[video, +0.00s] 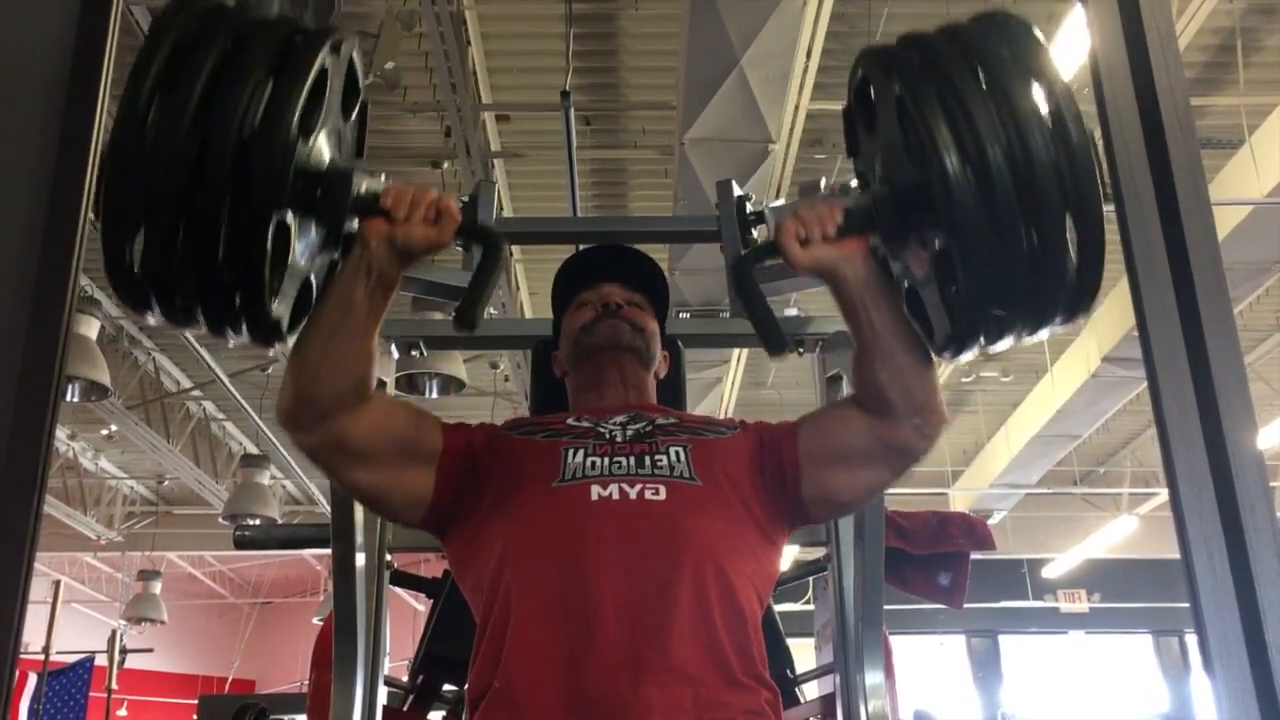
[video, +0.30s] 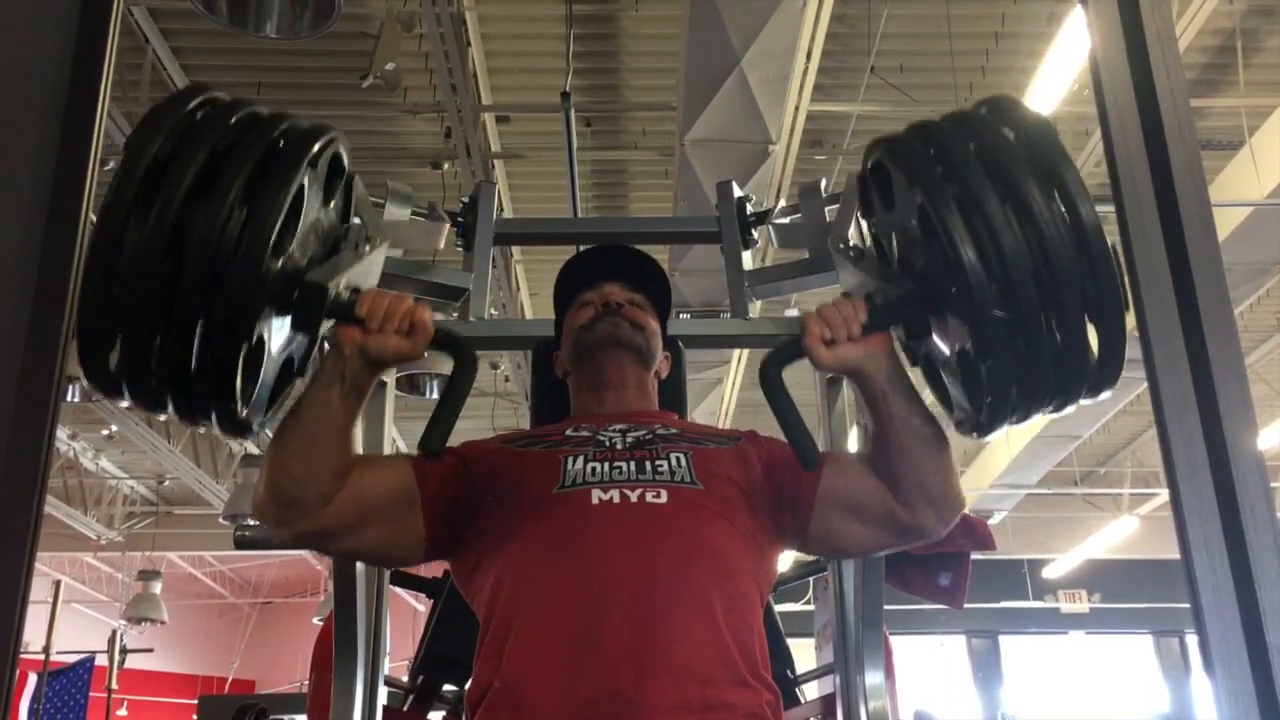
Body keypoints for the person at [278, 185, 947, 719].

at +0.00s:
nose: (611, 306)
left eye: (636, 306)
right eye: (585, 306)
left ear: (666, 357)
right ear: (555, 358)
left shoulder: (749, 455)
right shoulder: (486, 462)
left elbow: (906, 420)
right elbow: (319, 411)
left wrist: (853, 269)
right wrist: (376, 259)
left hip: (725, 707)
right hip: (526, 707)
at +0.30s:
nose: (613, 306)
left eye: (637, 307)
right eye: (587, 306)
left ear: (666, 361)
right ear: (555, 361)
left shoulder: (744, 459)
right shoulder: (490, 466)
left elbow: (926, 510)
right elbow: (294, 506)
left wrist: (879, 373)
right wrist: (348, 368)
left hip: (726, 703)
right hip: (529, 704)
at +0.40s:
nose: (613, 305)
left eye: (636, 305)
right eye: (587, 306)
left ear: (667, 362)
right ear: (554, 362)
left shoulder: (742, 460)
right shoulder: (489, 468)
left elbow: (926, 526)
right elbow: (296, 532)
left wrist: (879, 393)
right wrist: (345, 385)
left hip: (726, 704)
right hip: (530, 704)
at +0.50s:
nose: (616, 301)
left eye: (639, 302)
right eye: (589, 301)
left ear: (669, 359)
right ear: (555, 360)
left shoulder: (748, 462)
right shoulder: (486, 468)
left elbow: (922, 544)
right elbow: (299, 548)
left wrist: (882, 404)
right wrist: (342, 403)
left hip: (725, 707)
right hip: (528, 708)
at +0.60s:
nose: (618, 303)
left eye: (640, 304)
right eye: (591, 303)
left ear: (670, 360)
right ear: (557, 359)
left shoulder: (749, 462)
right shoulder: (488, 469)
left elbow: (918, 557)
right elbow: (299, 563)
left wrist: (889, 420)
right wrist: (339, 418)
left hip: (722, 704)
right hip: (527, 704)